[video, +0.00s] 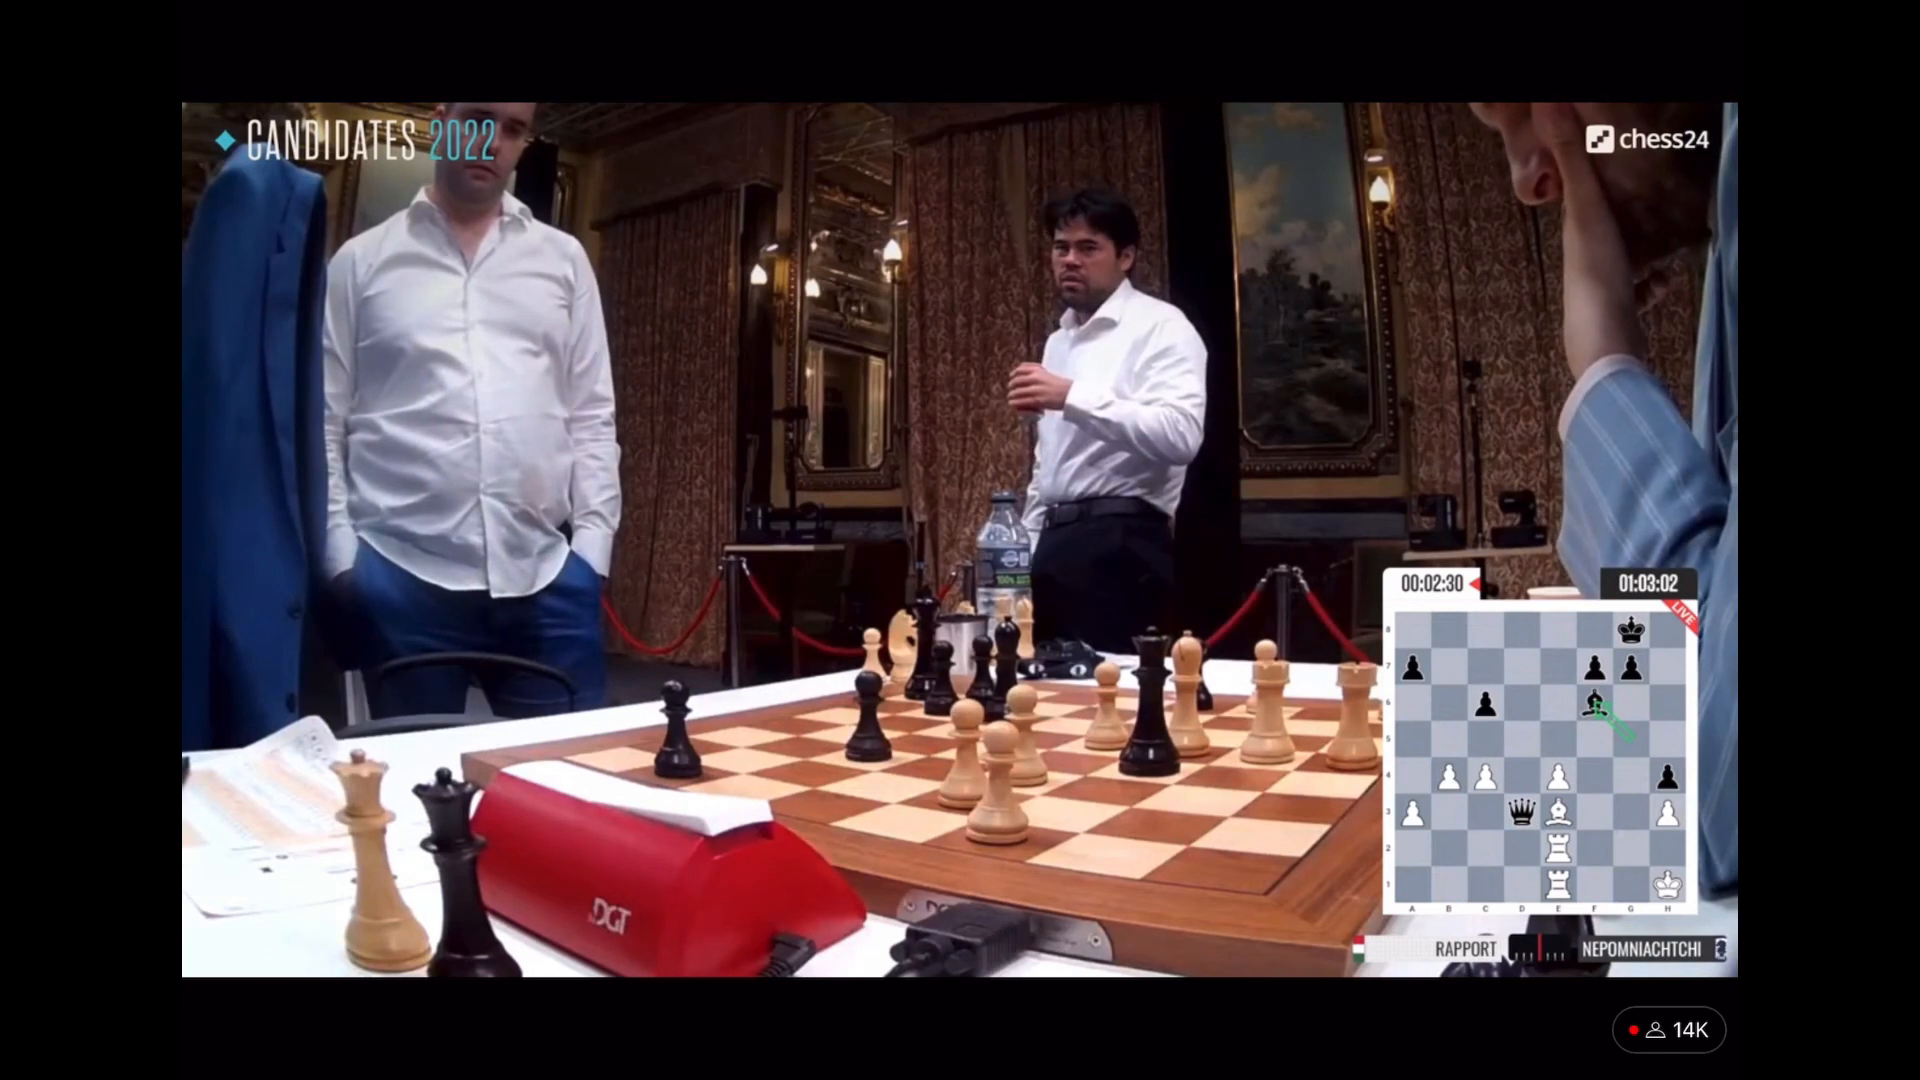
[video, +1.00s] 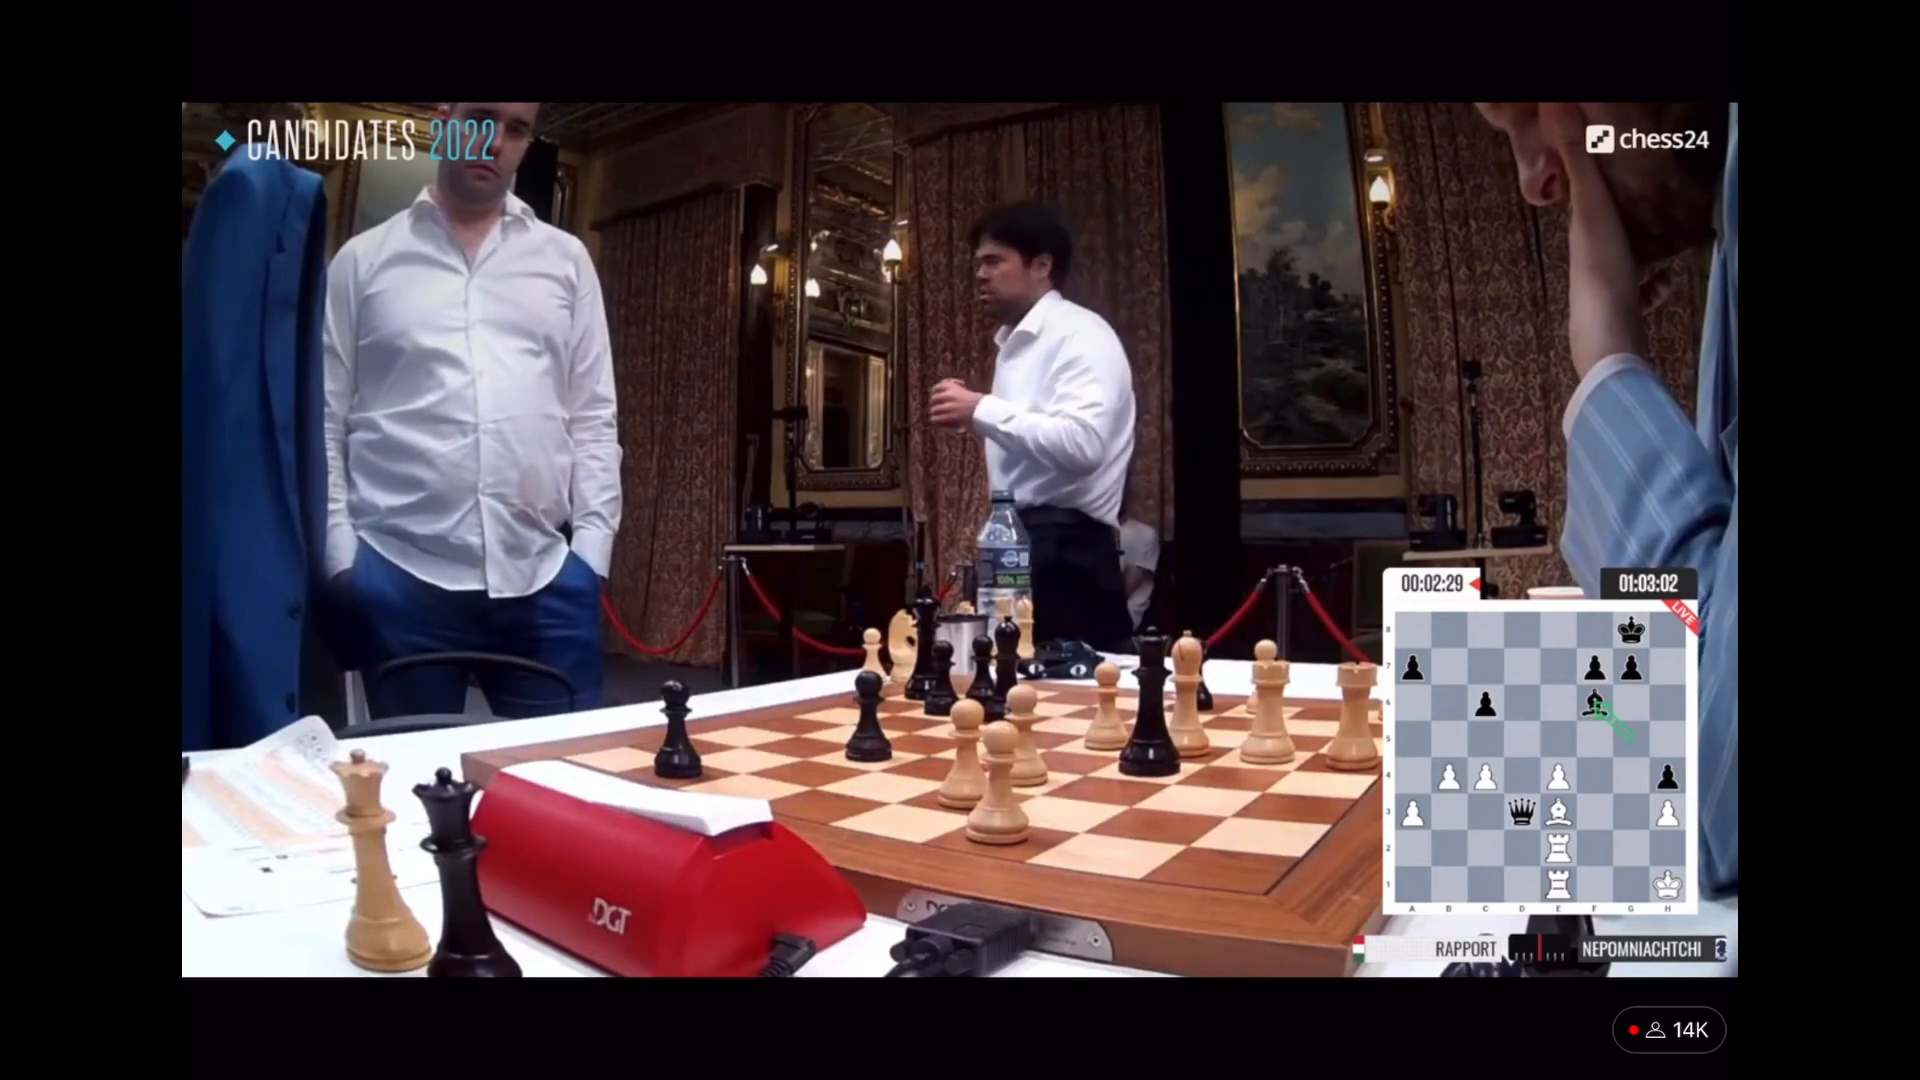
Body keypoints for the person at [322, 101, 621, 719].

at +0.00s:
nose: (489, 144)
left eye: (511, 130)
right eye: (475, 120)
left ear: (528, 144)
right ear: (439, 120)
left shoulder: (563, 259)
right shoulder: (360, 263)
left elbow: (592, 416)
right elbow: (325, 420)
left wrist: (590, 550)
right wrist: (343, 562)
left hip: (549, 584)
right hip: (403, 586)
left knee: (575, 787)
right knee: (417, 792)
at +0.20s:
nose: (489, 144)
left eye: (512, 130)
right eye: (476, 120)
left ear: (528, 144)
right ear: (440, 120)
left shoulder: (564, 259)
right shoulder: (360, 262)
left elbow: (592, 416)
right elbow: (325, 420)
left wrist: (589, 552)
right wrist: (341, 562)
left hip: (548, 584)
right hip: (401, 586)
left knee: (571, 789)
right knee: (416, 792)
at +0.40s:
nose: (490, 144)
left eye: (513, 130)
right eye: (477, 120)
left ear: (528, 144)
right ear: (440, 119)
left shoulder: (564, 259)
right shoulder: (360, 262)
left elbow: (593, 417)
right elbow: (324, 420)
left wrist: (589, 553)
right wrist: (341, 562)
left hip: (548, 585)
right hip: (401, 586)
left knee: (570, 790)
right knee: (415, 793)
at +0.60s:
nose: (490, 144)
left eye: (513, 130)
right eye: (477, 120)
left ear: (529, 144)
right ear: (441, 119)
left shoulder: (565, 258)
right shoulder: (361, 262)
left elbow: (594, 416)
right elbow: (325, 421)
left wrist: (590, 552)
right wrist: (342, 562)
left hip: (548, 584)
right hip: (402, 586)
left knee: (571, 789)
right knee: (415, 792)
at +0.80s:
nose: (491, 144)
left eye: (514, 130)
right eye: (478, 120)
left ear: (529, 144)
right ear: (441, 119)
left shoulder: (565, 259)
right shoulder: (362, 262)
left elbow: (594, 416)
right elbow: (325, 421)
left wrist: (590, 553)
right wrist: (342, 562)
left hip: (548, 585)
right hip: (402, 586)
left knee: (570, 789)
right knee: (415, 793)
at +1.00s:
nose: (492, 144)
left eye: (515, 130)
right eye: (479, 120)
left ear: (530, 145)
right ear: (442, 120)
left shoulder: (566, 259)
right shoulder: (362, 262)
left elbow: (594, 417)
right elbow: (325, 421)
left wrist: (589, 553)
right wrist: (342, 562)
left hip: (548, 584)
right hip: (402, 586)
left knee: (570, 789)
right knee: (414, 793)